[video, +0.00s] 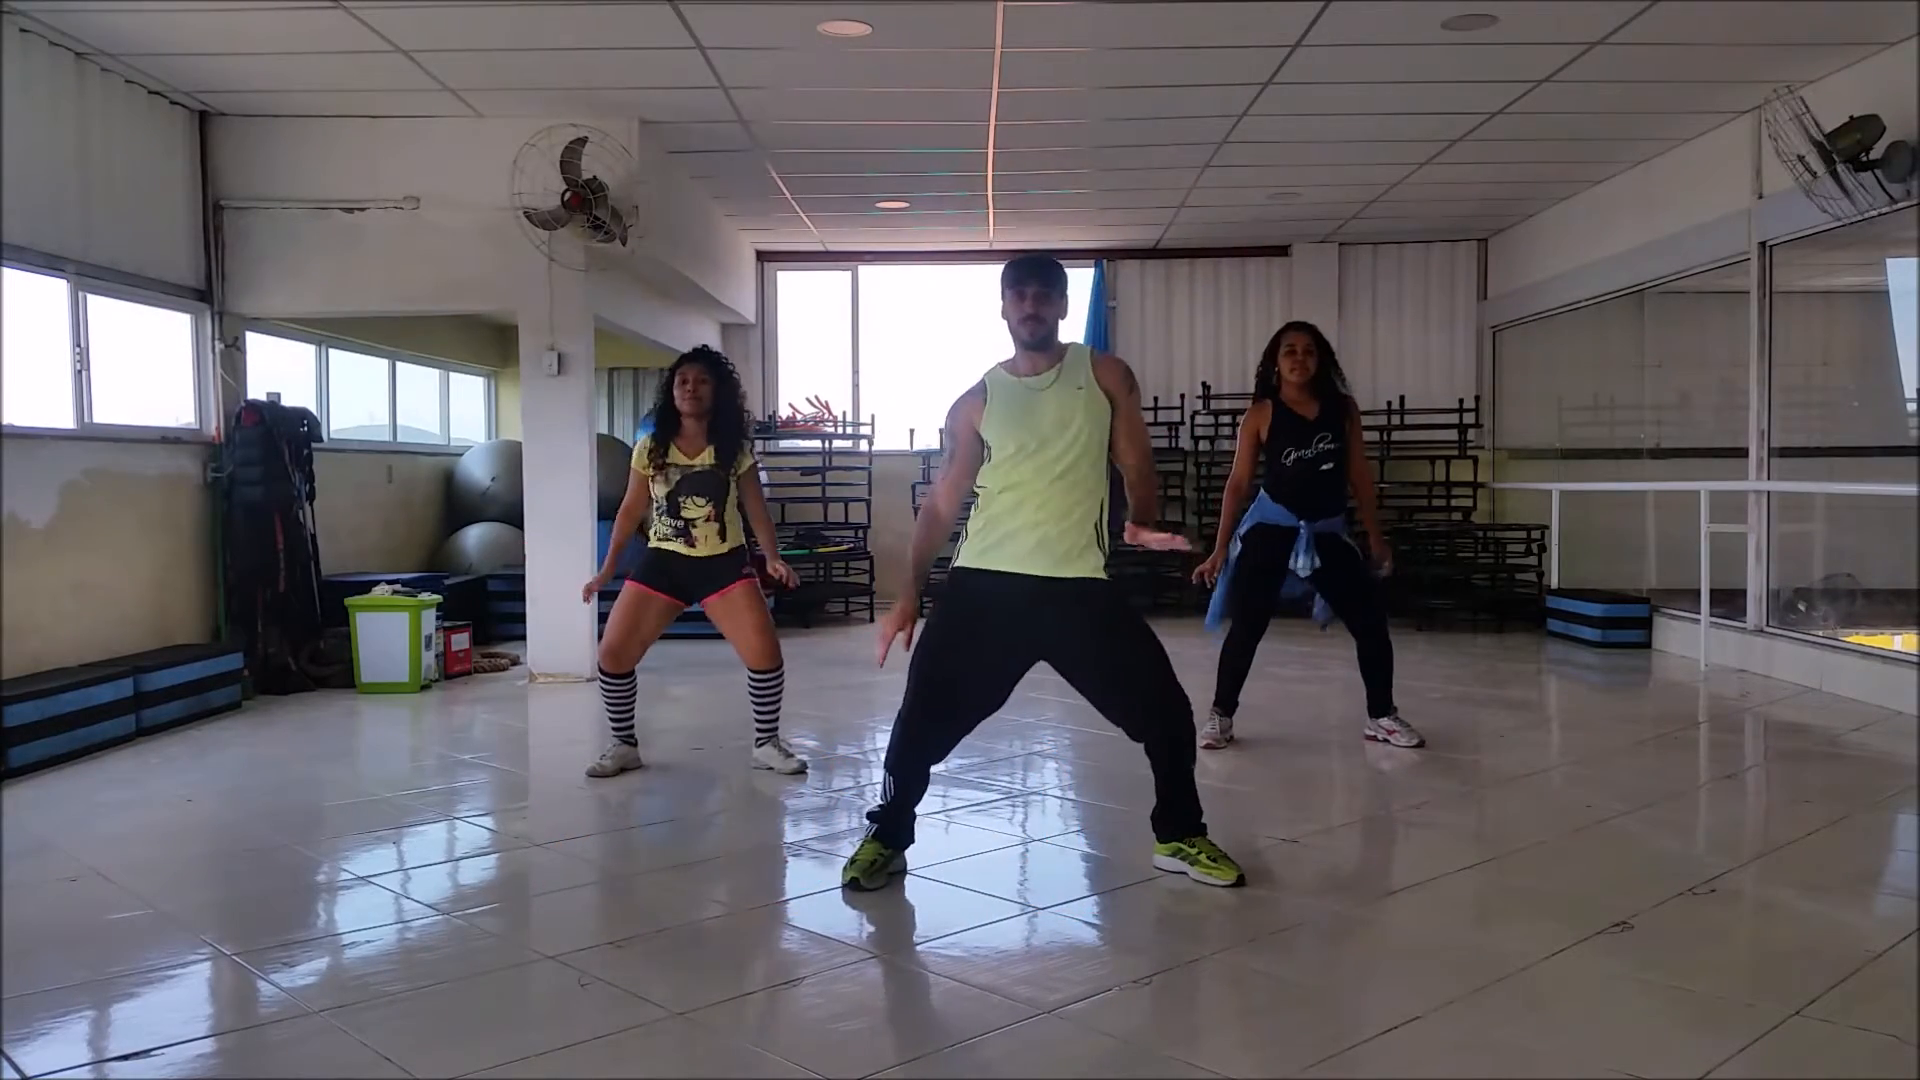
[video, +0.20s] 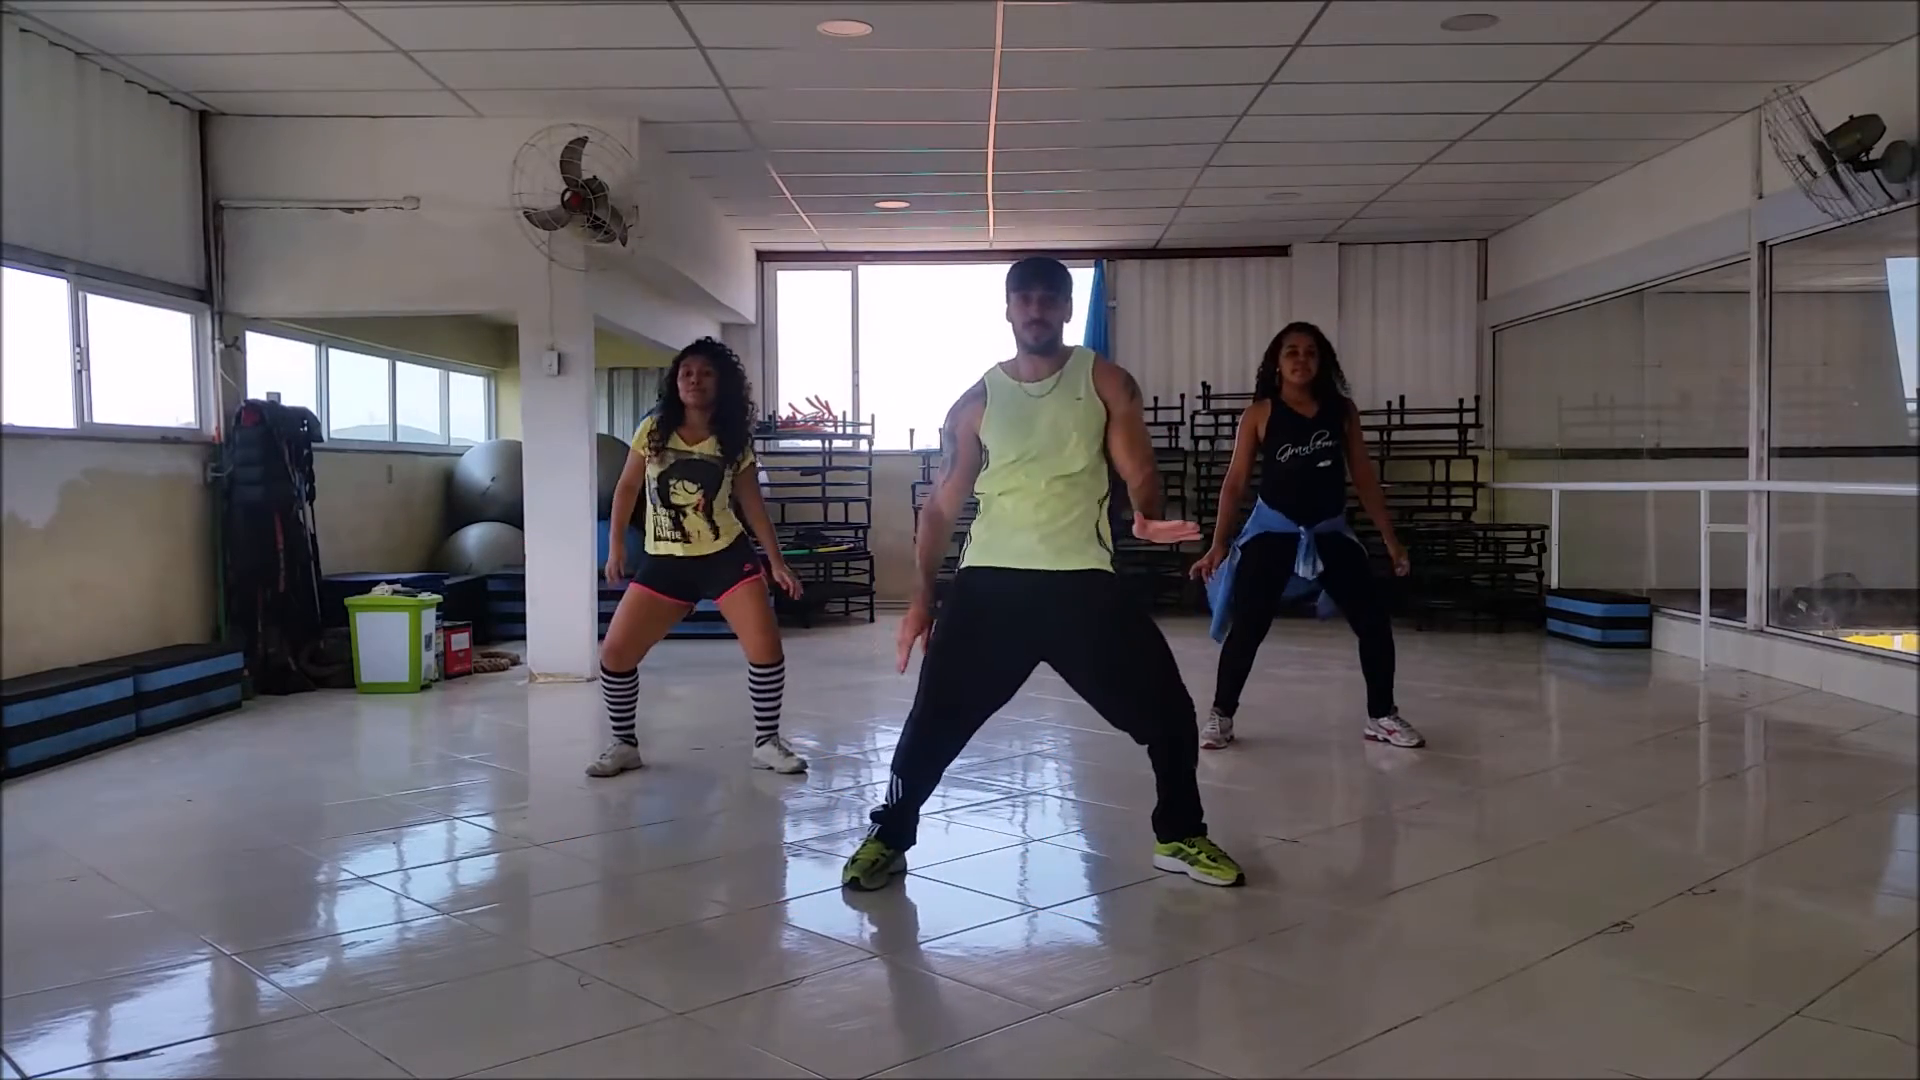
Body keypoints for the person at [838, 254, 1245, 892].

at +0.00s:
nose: (1031, 308)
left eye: (1043, 296)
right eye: (1019, 296)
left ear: (1064, 304)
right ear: (1003, 307)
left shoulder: (1106, 375)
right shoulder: (977, 404)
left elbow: (1138, 467)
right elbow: (939, 507)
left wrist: (1143, 521)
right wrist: (909, 591)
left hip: (1081, 593)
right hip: (984, 591)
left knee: (1166, 713)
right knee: (922, 718)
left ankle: (1179, 833)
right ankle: (888, 834)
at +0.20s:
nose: (1036, 310)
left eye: (1049, 298)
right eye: (1024, 298)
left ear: (1069, 307)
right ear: (1007, 308)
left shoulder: (1106, 382)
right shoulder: (976, 405)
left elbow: (1141, 470)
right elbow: (940, 508)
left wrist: (1147, 516)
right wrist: (923, 595)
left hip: (1085, 590)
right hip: (990, 591)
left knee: (1169, 715)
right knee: (933, 718)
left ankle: (1179, 833)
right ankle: (890, 836)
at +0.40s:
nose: (1043, 313)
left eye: (1056, 302)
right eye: (1031, 301)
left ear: (1073, 311)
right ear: (1012, 308)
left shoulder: (1101, 388)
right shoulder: (970, 401)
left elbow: (1139, 475)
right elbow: (935, 495)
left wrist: (1159, 526)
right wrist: (935, 582)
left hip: (1099, 583)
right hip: (1005, 590)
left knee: (1172, 707)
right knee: (950, 720)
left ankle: (1180, 833)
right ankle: (892, 838)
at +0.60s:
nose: (1041, 293)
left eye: (1054, 284)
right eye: (1029, 281)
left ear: (1069, 295)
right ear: (1009, 288)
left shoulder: (1085, 377)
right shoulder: (959, 372)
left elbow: (1132, 478)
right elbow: (908, 456)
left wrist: (1170, 567)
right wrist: (943, 485)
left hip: (1100, 575)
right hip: (1009, 586)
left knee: (1169, 712)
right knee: (959, 718)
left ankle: (1182, 834)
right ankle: (893, 838)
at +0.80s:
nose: (1029, 275)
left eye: (1042, 265)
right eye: (1017, 264)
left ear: (1061, 276)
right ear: (999, 275)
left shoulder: (1097, 353)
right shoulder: (968, 362)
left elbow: (1125, 446)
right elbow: (936, 451)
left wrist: (1121, 513)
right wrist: (908, 478)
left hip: (1079, 565)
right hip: (984, 564)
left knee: (1145, 697)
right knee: (934, 700)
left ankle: (1179, 830)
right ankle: (888, 833)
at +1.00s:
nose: (1030, 296)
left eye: (1042, 284)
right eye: (1017, 285)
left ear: (1062, 294)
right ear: (1001, 297)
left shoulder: (1107, 360)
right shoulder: (978, 401)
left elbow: (1145, 438)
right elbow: (939, 505)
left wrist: (1139, 475)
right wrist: (898, 588)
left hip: (1088, 586)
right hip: (994, 585)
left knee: (1168, 717)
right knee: (939, 716)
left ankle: (1179, 835)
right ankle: (890, 835)